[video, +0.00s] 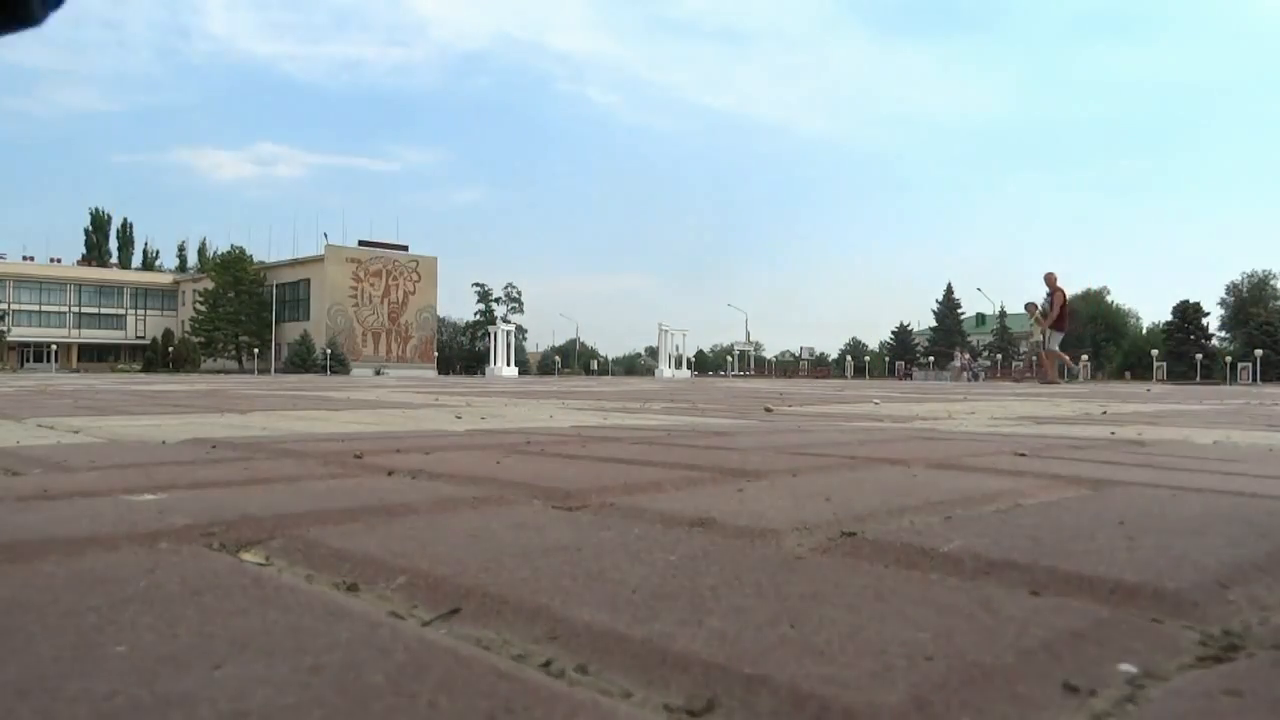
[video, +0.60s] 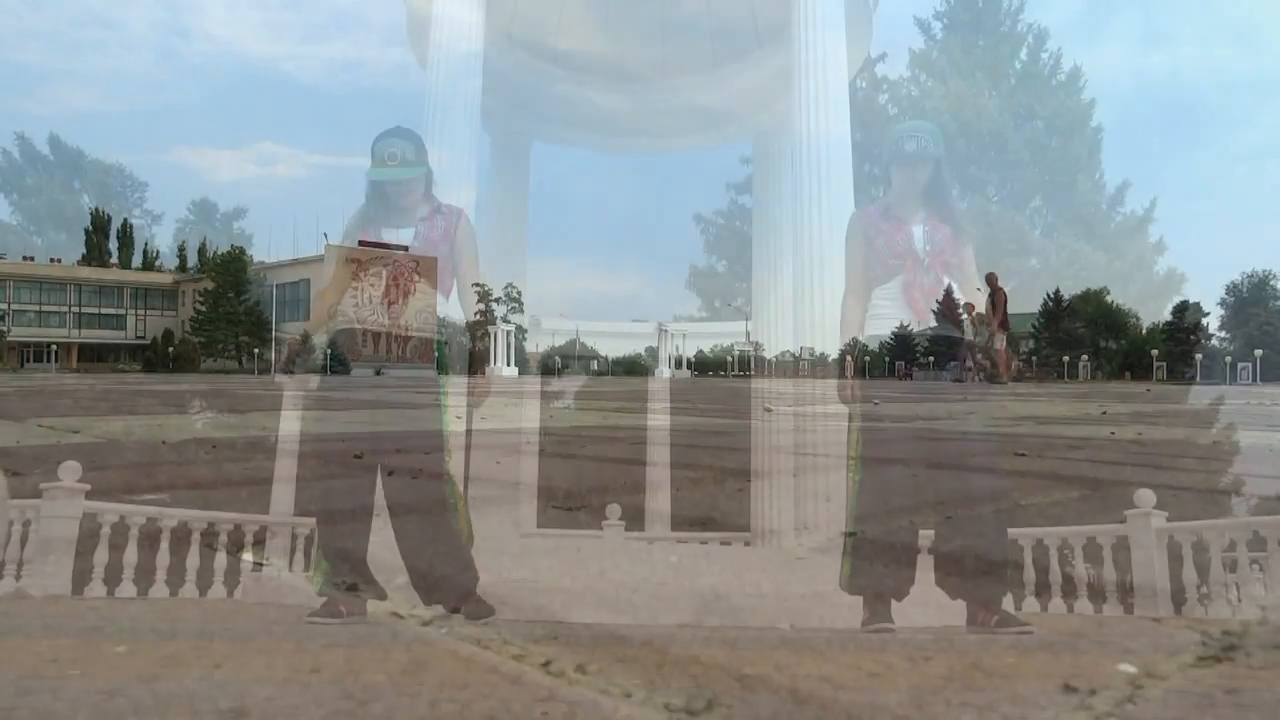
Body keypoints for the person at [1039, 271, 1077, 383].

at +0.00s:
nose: (1047, 282)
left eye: (1049, 279)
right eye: (1046, 280)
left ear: (1055, 279)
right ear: (1045, 282)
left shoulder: (1058, 293)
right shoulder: (1050, 294)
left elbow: (1055, 312)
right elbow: (1049, 310)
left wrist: (1045, 324)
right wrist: (1044, 323)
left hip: (1058, 326)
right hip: (1051, 326)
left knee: (1052, 348)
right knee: (1049, 350)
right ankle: (1053, 376)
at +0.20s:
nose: (1027, 284)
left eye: (1029, 281)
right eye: (1026, 282)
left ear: (1035, 281)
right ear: (1026, 283)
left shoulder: (1039, 295)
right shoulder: (1031, 295)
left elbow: (1047, 311)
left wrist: (1050, 327)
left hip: (1037, 327)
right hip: (1035, 326)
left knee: (1025, 350)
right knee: (1046, 352)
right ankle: (1053, 375)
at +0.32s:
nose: (1015, 286)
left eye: (1017, 283)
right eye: (1013, 284)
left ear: (1023, 283)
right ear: (1013, 285)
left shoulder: (1028, 296)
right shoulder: (1018, 296)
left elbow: (1038, 311)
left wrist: (1045, 327)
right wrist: (1035, 326)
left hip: (1024, 329)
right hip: (1023, 329)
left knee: (1012, 351)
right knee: (1036, 353)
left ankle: (1005, 375)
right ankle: (1050, 374)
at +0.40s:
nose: (1007, 286)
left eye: (1009, 283)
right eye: (1005, 284)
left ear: (1014, 282)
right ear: (1005, 285)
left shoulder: (1019, 296)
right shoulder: (1009, 296)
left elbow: (1028, 313)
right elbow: (1007, 312)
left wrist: (1035, 329)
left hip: (1016, 329)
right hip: (1014, 328)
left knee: (1004, 351)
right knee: (1022, 353)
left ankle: (1004, 376)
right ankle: (1042, 370)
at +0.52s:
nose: (994, 284)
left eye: (995, 281)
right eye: (994, 281)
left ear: (1001, 281)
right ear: (995, 282)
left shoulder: (1007, 294)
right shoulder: (998, 294)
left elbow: (1011, 311)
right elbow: (999, 311)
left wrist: (1012, 327)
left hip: (1004, 327)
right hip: (999, 326)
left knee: (1000, 351)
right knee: (1002, 352)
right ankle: (1003, 377)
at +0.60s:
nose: (989, 283)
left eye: (991, 280)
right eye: (987, 281)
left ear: (996, 280)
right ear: (986, 282)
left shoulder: (999, 293)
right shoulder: (991, 294)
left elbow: (1000, 310)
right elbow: (989, 310)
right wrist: (988, 321)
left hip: (1000, 326)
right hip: (993, 326)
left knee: (998, 349)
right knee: (995, 349)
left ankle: (1002, 374)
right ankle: (1000, 373)